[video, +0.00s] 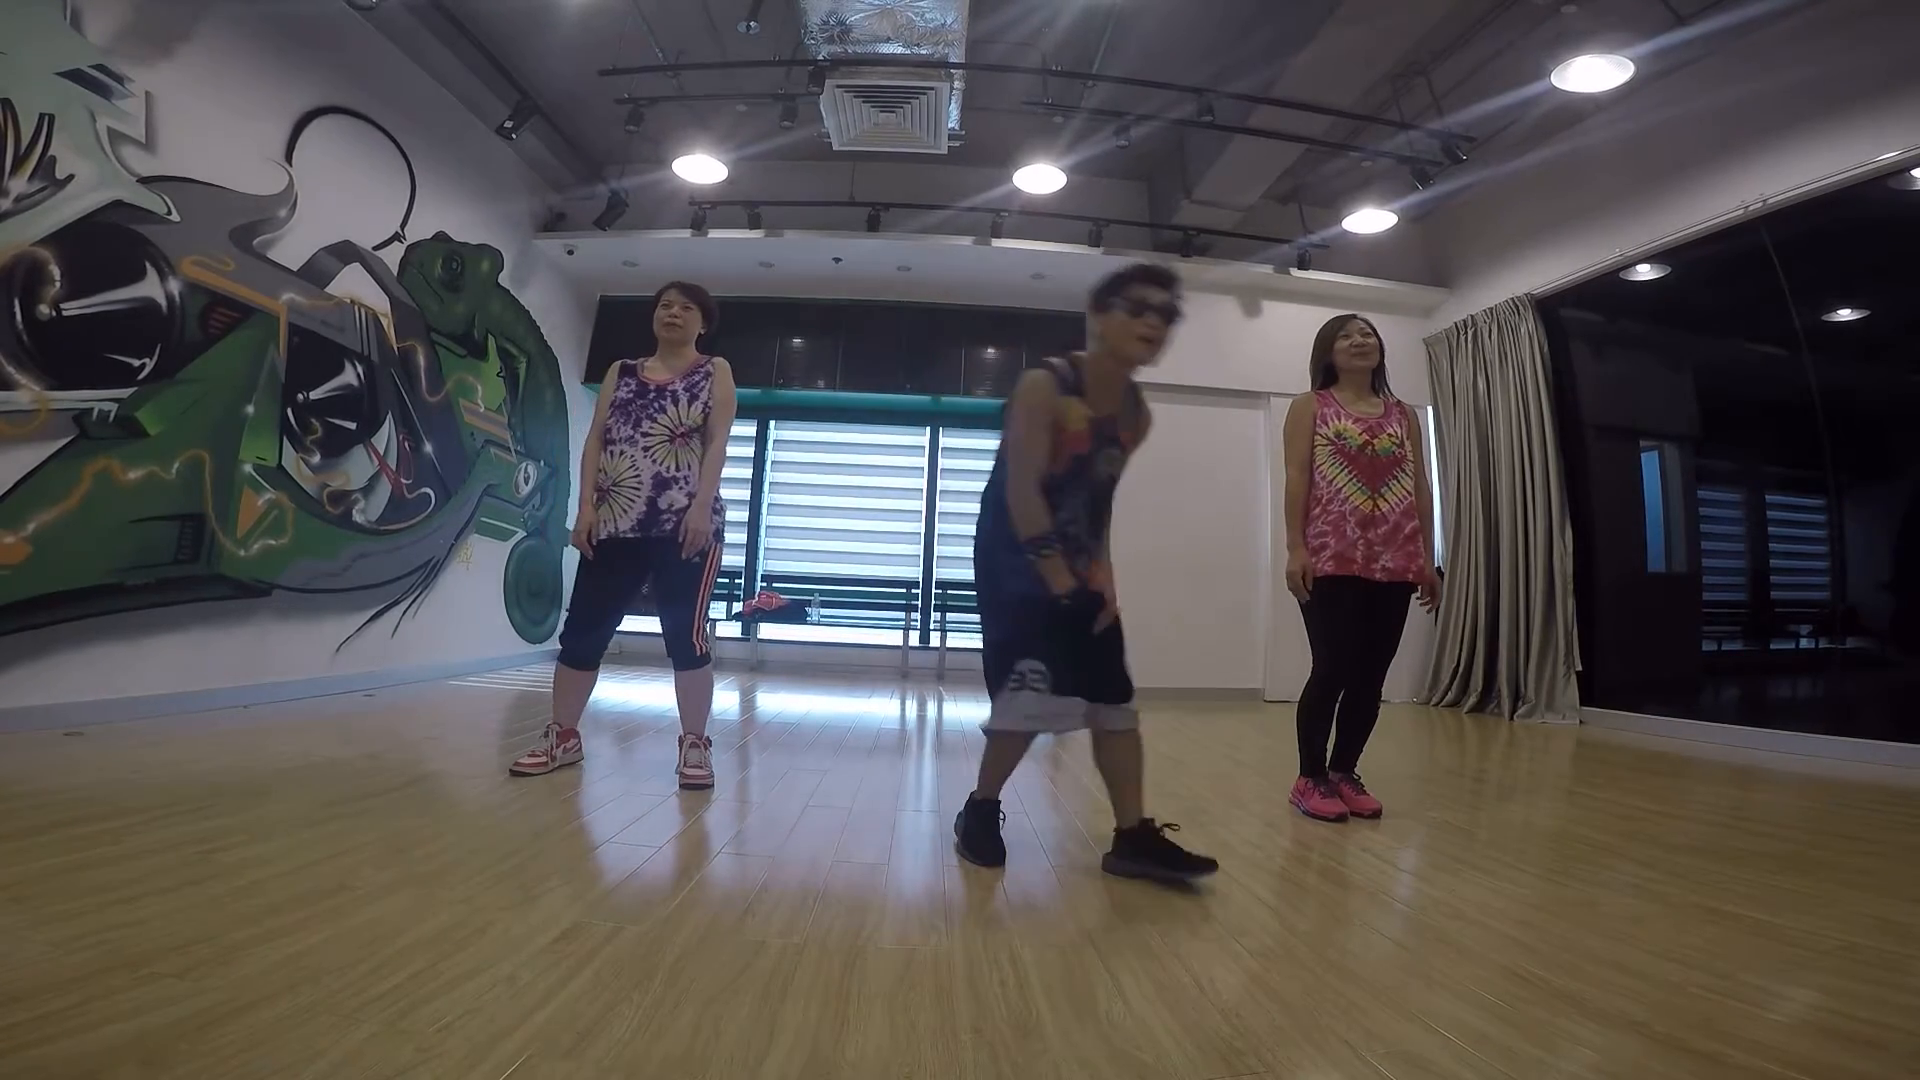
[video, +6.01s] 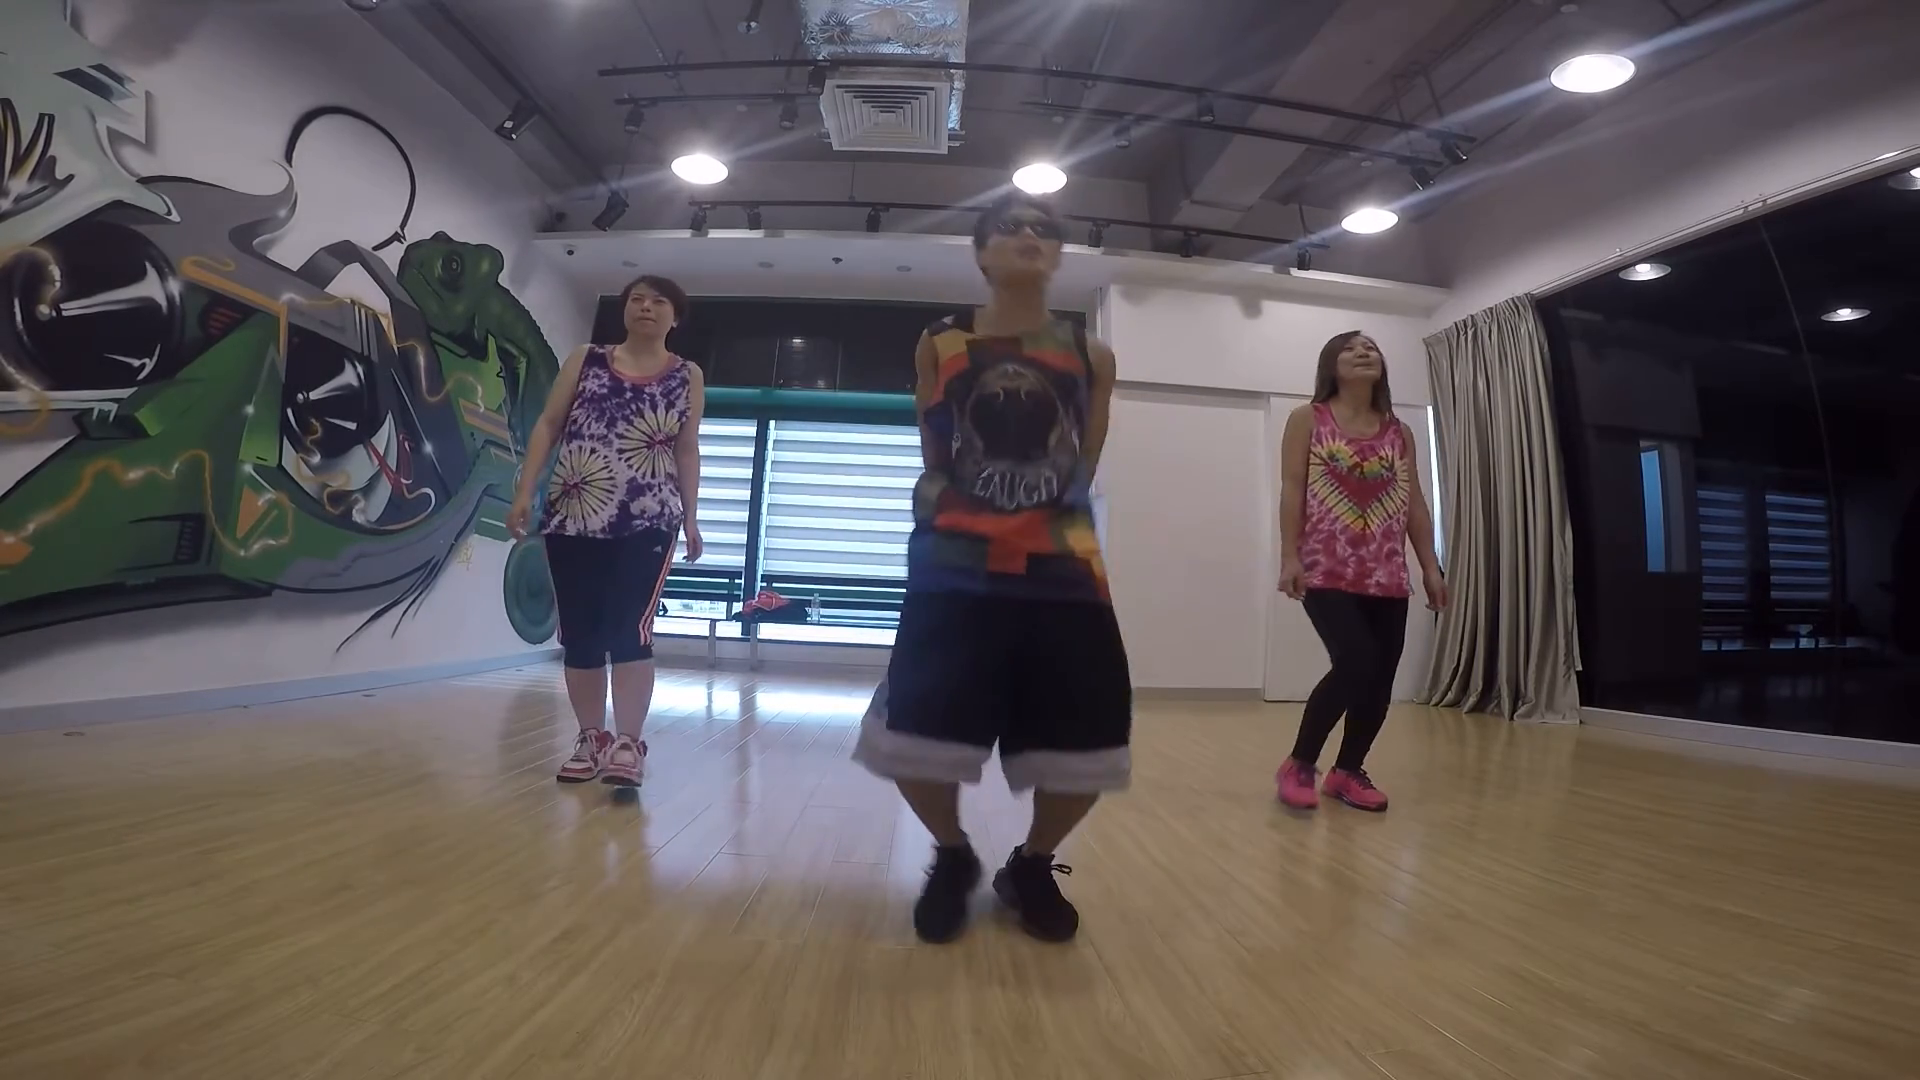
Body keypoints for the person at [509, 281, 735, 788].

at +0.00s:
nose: (673, 312)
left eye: (685, 307)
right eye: (665, 306)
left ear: (702, 324)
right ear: (653, 317)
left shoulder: (713, 371)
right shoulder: (621, 372)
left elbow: (716, 444)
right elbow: (595, 440)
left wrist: (702, 507)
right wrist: (586, 506)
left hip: (683, 527)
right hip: (615, 524)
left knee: (686, 640)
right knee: (581, 634)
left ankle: (695, 745)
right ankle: (562, 739)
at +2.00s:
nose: (664, 315)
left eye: (676, 309)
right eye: (656, 308)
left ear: (693, 326)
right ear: (643, 320)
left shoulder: (705, 374)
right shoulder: (612, 373)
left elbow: (704, 446)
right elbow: (581, 441)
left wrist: (685, 509)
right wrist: (564, 501)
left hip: (659, 529)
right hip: (591, 526)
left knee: (666, 641)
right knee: (573, 637)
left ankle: (692, 744)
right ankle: (578, 740)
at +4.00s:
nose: (668, 310)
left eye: (681, 305)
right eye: (660, 303)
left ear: (697, 322)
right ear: (647, 316)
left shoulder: (709, 368)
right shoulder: (619, 373)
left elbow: (711, 441)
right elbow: (591, 441)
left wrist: (694, 506)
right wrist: (575, 504)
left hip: (671, 527)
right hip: (603, 523)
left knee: (672, 641)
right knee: (580, 636)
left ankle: (692, 745)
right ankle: (578, 741)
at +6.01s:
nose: (646, 305)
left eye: (659, 300)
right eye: (637, 298)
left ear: (675, 317)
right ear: (623, 312)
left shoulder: (686, 376)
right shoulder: (585, 359)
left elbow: (686, 450)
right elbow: (549, 424)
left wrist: (689, 519)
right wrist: (523, 493)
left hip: (646, 522)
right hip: (574, 518)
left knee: (626, 632)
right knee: (580, 636)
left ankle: (628, 744)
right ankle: (591, 741)